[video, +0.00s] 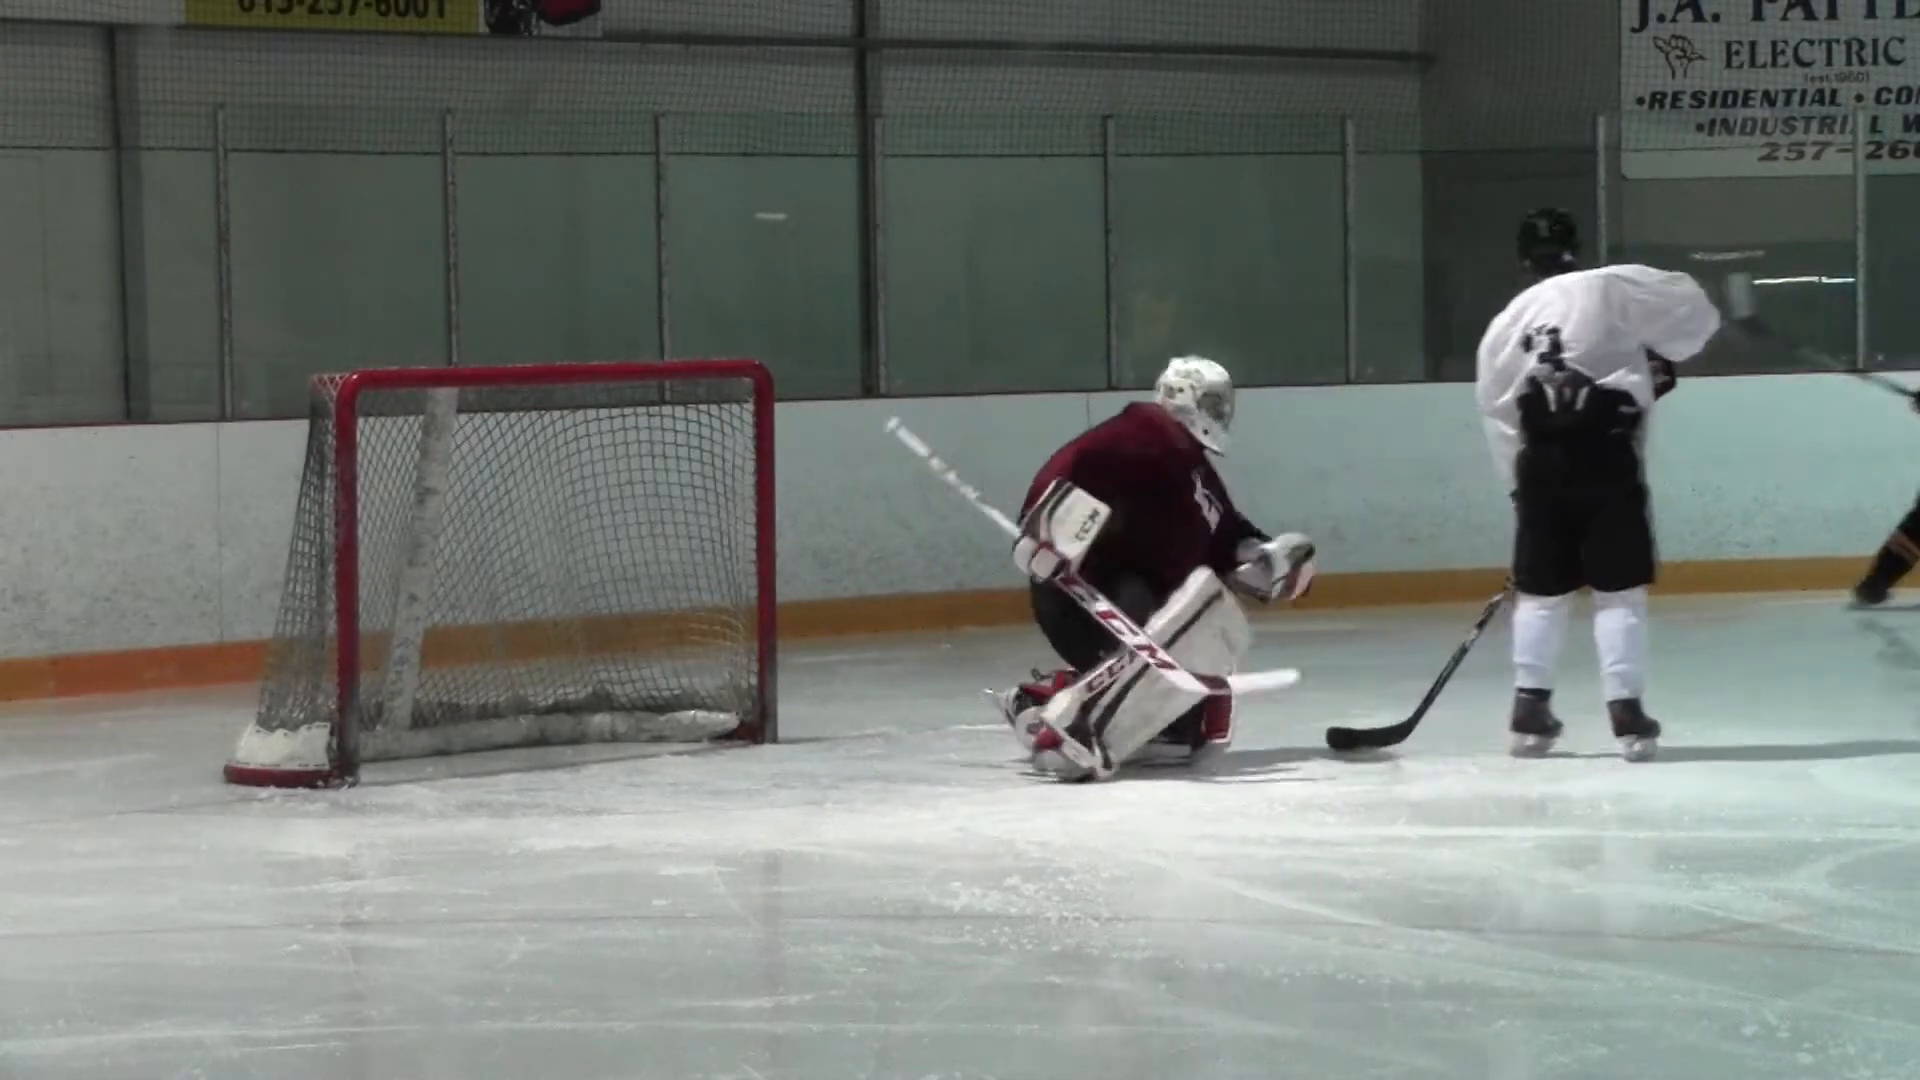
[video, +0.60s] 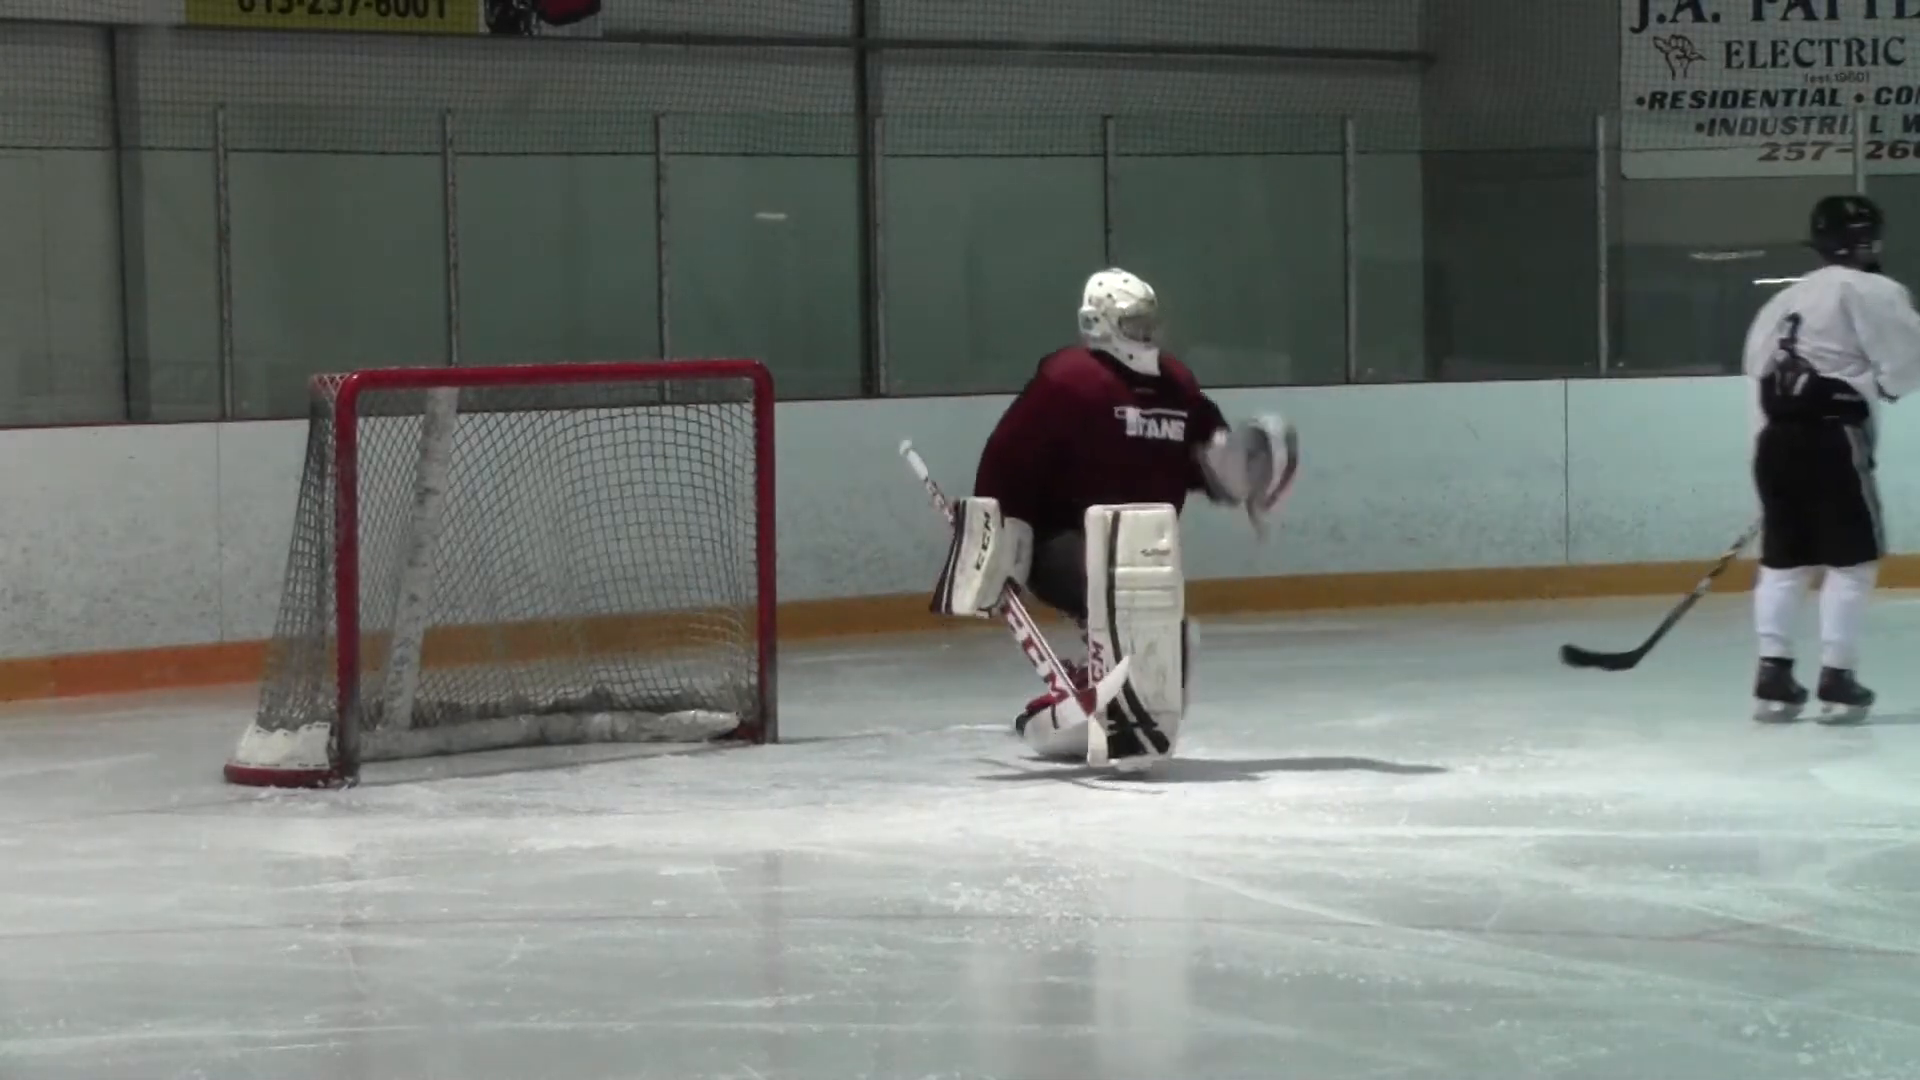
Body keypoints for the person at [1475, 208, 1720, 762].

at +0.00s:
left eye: (1538, 257)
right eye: (1568, 251)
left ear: (1525, 260)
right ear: (1575, 250)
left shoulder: (1504, 325)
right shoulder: (1611, 285)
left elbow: (1499, 417)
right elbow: (1696, 309)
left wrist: (1519, 485)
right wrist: (1663, 364)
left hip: (1542, 464)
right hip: (1609, 457)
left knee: (1540, 587)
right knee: (1618, 587)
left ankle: (1530, 707)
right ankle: (1625, 708)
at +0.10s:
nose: (1614, 256)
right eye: (1615, 245)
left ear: (1569, 253)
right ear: (1620, 246)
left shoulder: (1544, 318)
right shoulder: (1649, 289)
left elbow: (1536, 412)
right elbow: (1733, 333)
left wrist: (1548, 487)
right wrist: (1688, 365)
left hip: (1577, 461)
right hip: (1644, 456)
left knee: (1580, 582)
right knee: (1652, 579)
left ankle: (1569, 699)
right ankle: (1655, 702)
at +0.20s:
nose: (1662, 249)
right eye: (1665, 240)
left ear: (1615, 247)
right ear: (1666, 243)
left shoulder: (1587, 312)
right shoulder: (1694, 289)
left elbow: (1574, 404)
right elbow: (1765, 346)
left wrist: (1583, 479)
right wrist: (1710, 365)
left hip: (1611, 460)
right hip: (1678, 456)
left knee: (1616, 579)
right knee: (1685, 576)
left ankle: (1608, 695)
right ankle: (1686, 697)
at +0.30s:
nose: (1717, 247)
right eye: (1717, 239)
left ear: (1664, 245)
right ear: (1715, 242)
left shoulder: (1633, 308)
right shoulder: (1738, 291)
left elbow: (1616, 400)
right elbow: (1799, 353)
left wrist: (1623, 475)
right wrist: (1745, 363)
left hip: (1649, 457)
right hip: (1714, 454)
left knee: (1653, 574)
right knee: (1722, 573)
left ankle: (1645, 689)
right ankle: (1722, 693)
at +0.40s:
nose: (1767, 247)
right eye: (1765, 238)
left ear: (1712, 244)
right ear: (1764, 240)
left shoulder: (1680, 304)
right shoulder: (1780, 289)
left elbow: (1661, 396)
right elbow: (1838, 355)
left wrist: (1665, 466)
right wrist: (1782, 378)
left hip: (1687, 451)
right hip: (1751, 450)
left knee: (1692, 567)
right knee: (1763, 567)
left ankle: (1683, 682)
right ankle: (1760, 686)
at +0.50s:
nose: (1821, 248)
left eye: (1817, 238)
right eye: (1819, 239)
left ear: (1764, 243)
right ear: (1813, 240)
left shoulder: (1728, 303)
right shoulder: (1823, 289)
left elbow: (1708, 395)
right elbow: (1876, 357)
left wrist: (1714, 466)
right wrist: (1822, 385)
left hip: (1729, 450)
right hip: (1789, 449)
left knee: (1735, 564)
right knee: (1806, 564)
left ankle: (1726, 679)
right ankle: (1798, 683)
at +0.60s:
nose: (1879, 247)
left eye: (1876, 238)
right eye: (1874, 239)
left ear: (1821, 242)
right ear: (1862, 241)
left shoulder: (1784, 298)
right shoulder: (1874, 291)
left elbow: (1757, 373)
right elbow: (1906, 371)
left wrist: (1763, 449)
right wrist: (1863, 383)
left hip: (1776, 443)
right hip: (1834, 444)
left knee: (1782, 560)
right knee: (1851, 559)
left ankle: (1772, 674)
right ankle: (1836, 677)